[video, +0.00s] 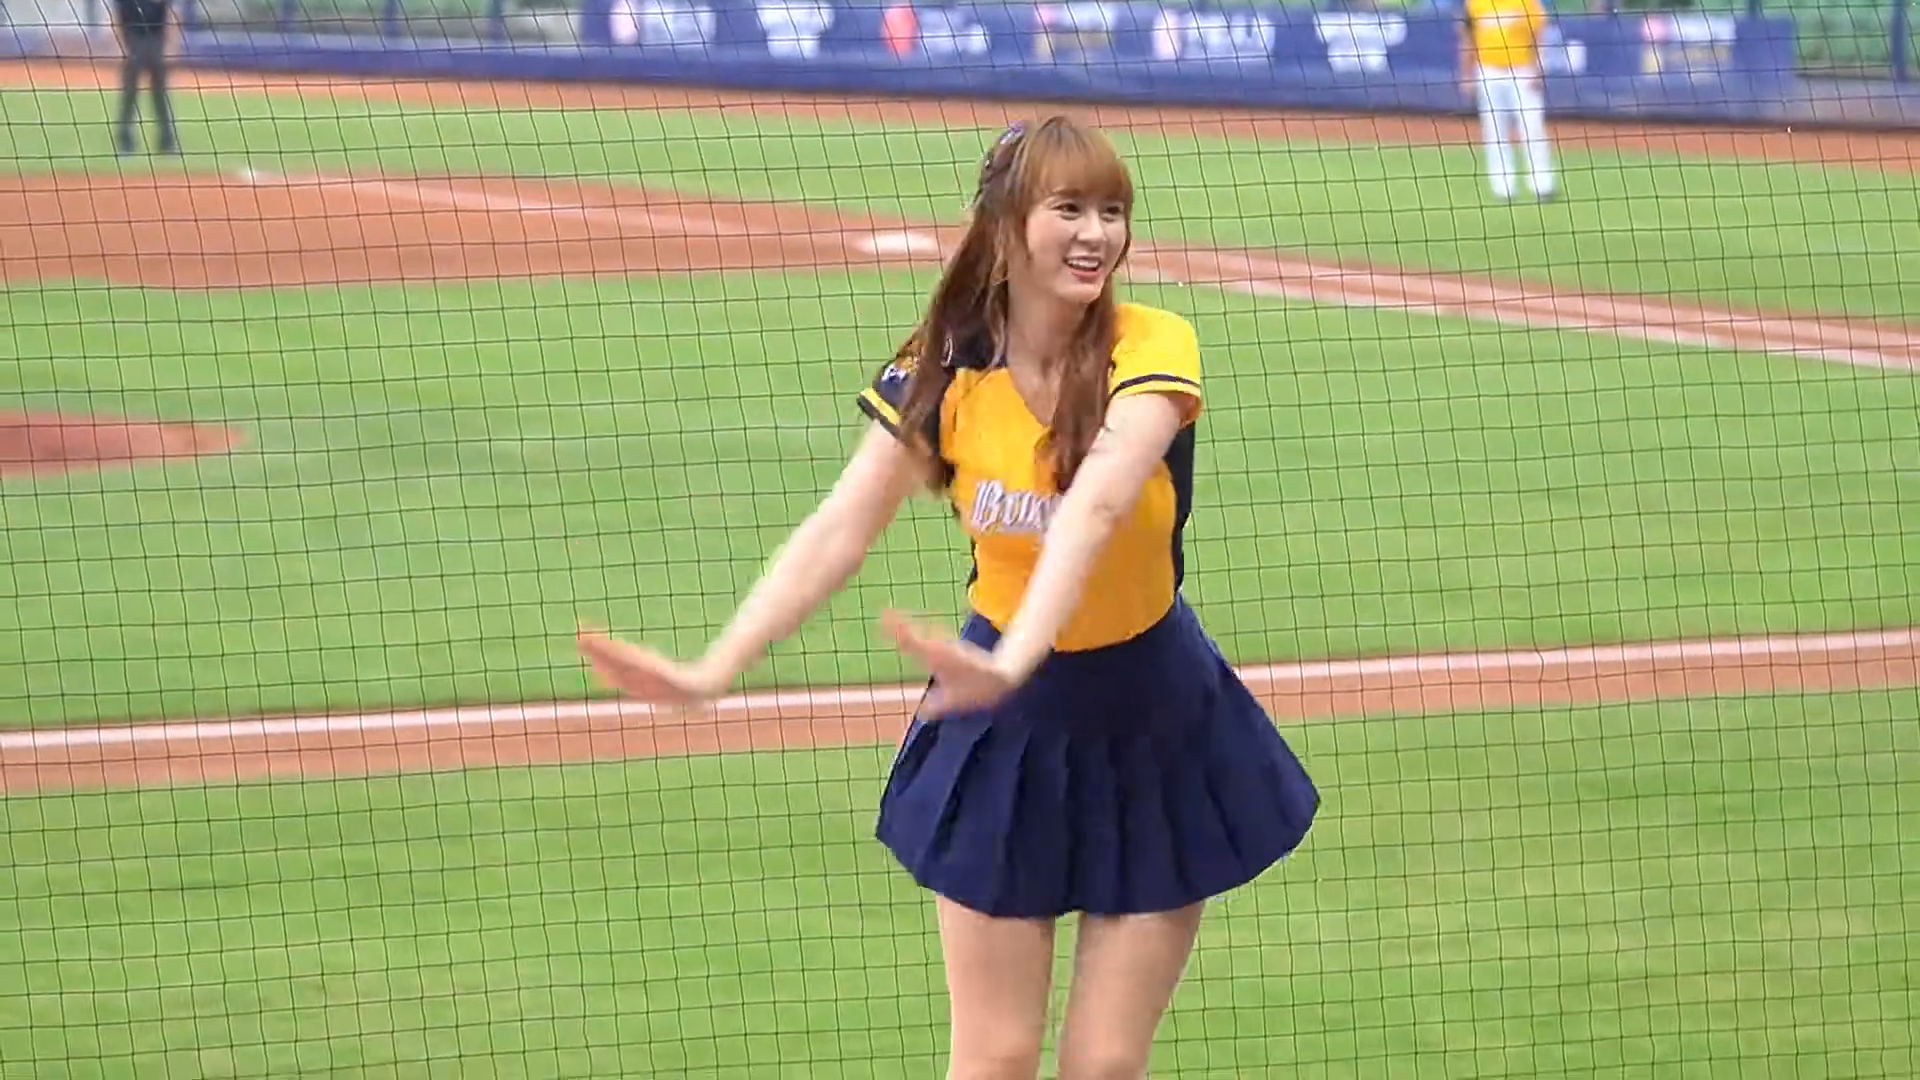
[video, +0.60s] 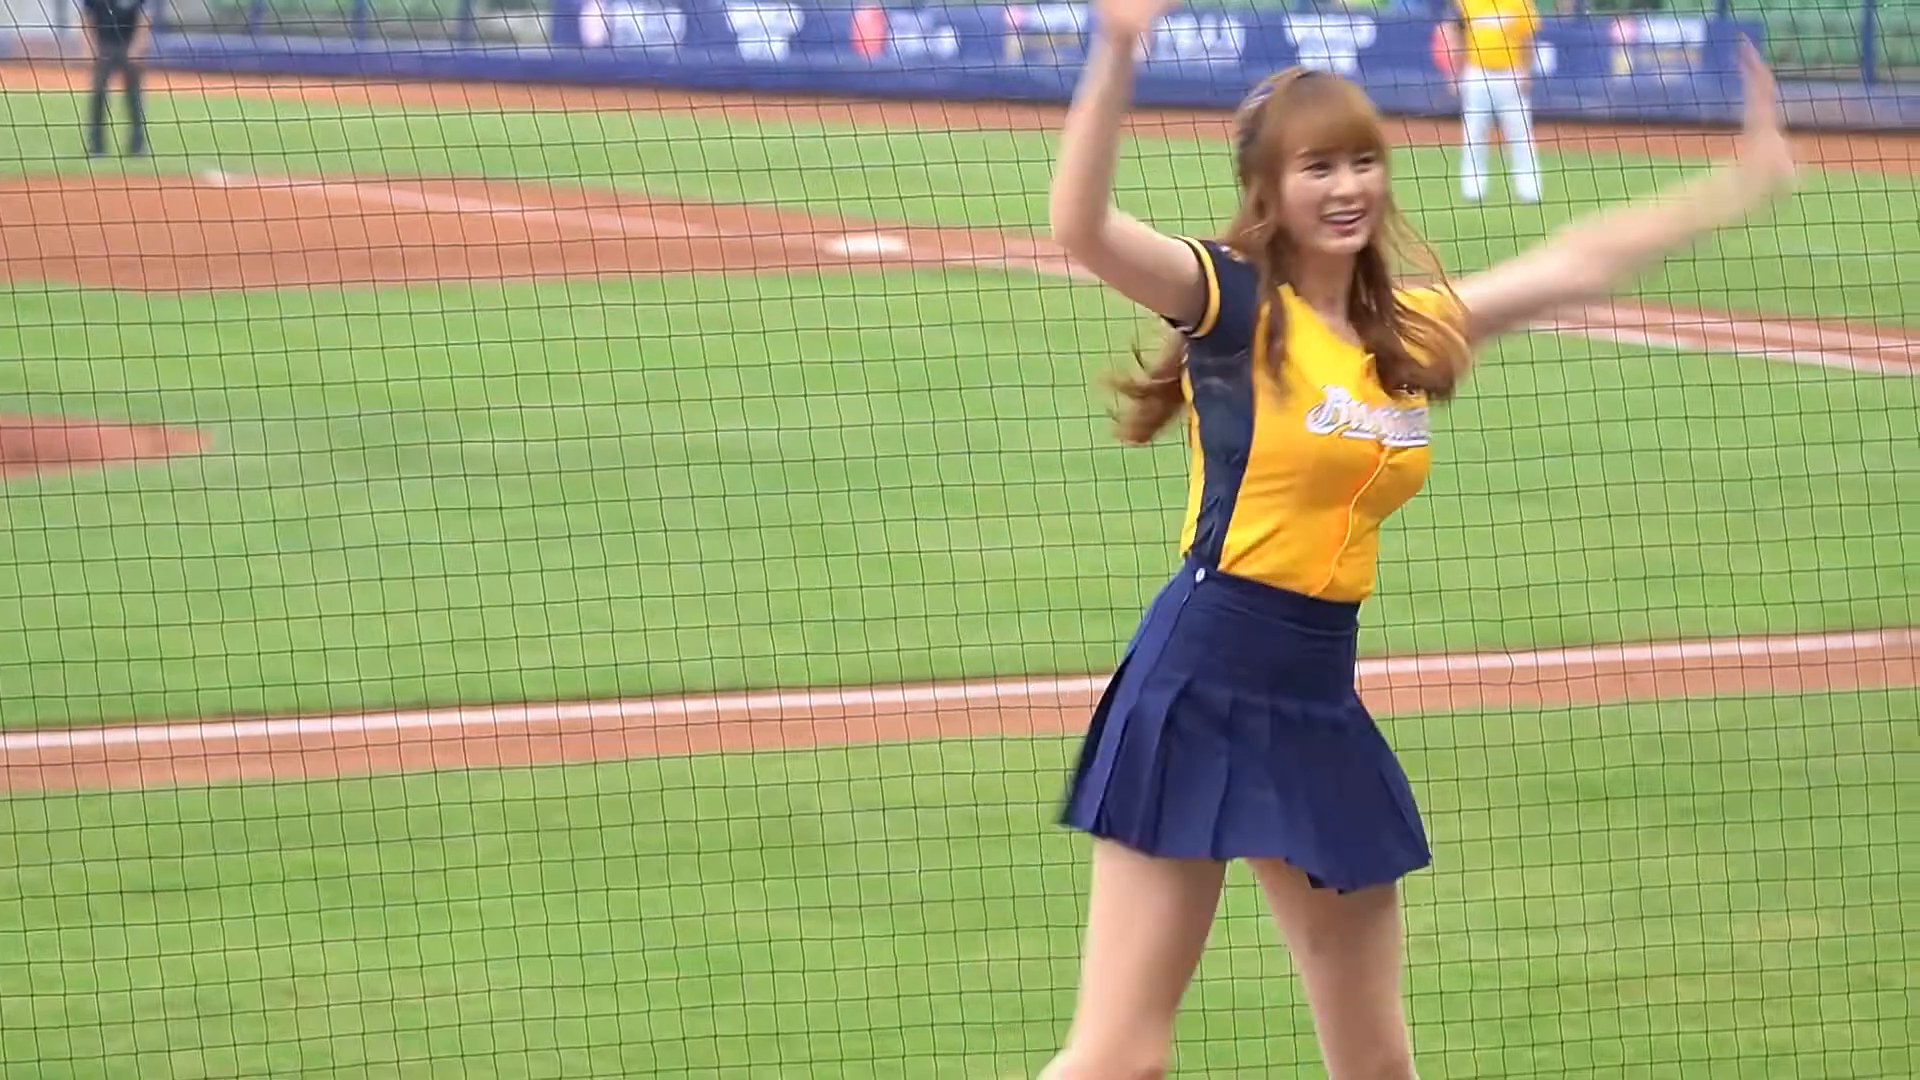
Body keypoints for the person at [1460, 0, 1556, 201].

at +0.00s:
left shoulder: (1527, 4)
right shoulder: (1472, 6)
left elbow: (1540, 31)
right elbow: (1466, 39)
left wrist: (1538, 67)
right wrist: (1467, 74)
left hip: (1523, 69)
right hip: (1488, 71)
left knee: (1533, 126)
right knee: (1494, 130)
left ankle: (1542, 182)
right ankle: (1503, 183)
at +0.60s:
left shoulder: (1520, 5)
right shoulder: (1467, 5)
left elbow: (1528, 39)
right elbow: (1452, 30)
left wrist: (1526, 71)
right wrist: (1455, 71)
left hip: (1510, 71)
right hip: (1476, 71)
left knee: (1518, 130)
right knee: (1474, 131)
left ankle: (1528, 185)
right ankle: (1473, 186)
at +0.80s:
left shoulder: (1499, 5)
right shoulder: (1448, 6)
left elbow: (1510, 38)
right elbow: (1442, 36)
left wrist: (1507, 74)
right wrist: (1439, 70)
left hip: (1491, 75)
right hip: (1457, 73)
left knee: (1493, 135)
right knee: (1447, 135)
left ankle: (1497, 190)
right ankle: (1441, 189)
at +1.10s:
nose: (1467, 4)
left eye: (1471, 1)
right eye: (1463, 1)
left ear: (1478, 2)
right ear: (1457, 2)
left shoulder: (1491, 24)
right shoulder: (1442, 23)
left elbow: (1503, 67)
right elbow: (1429, 59)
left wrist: (1504, 101)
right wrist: (1431, 93)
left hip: (1481, 99)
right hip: (1447, 98)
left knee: (1479, 155)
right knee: (1431, 151)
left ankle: (1476, 210)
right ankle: (1419, 205)